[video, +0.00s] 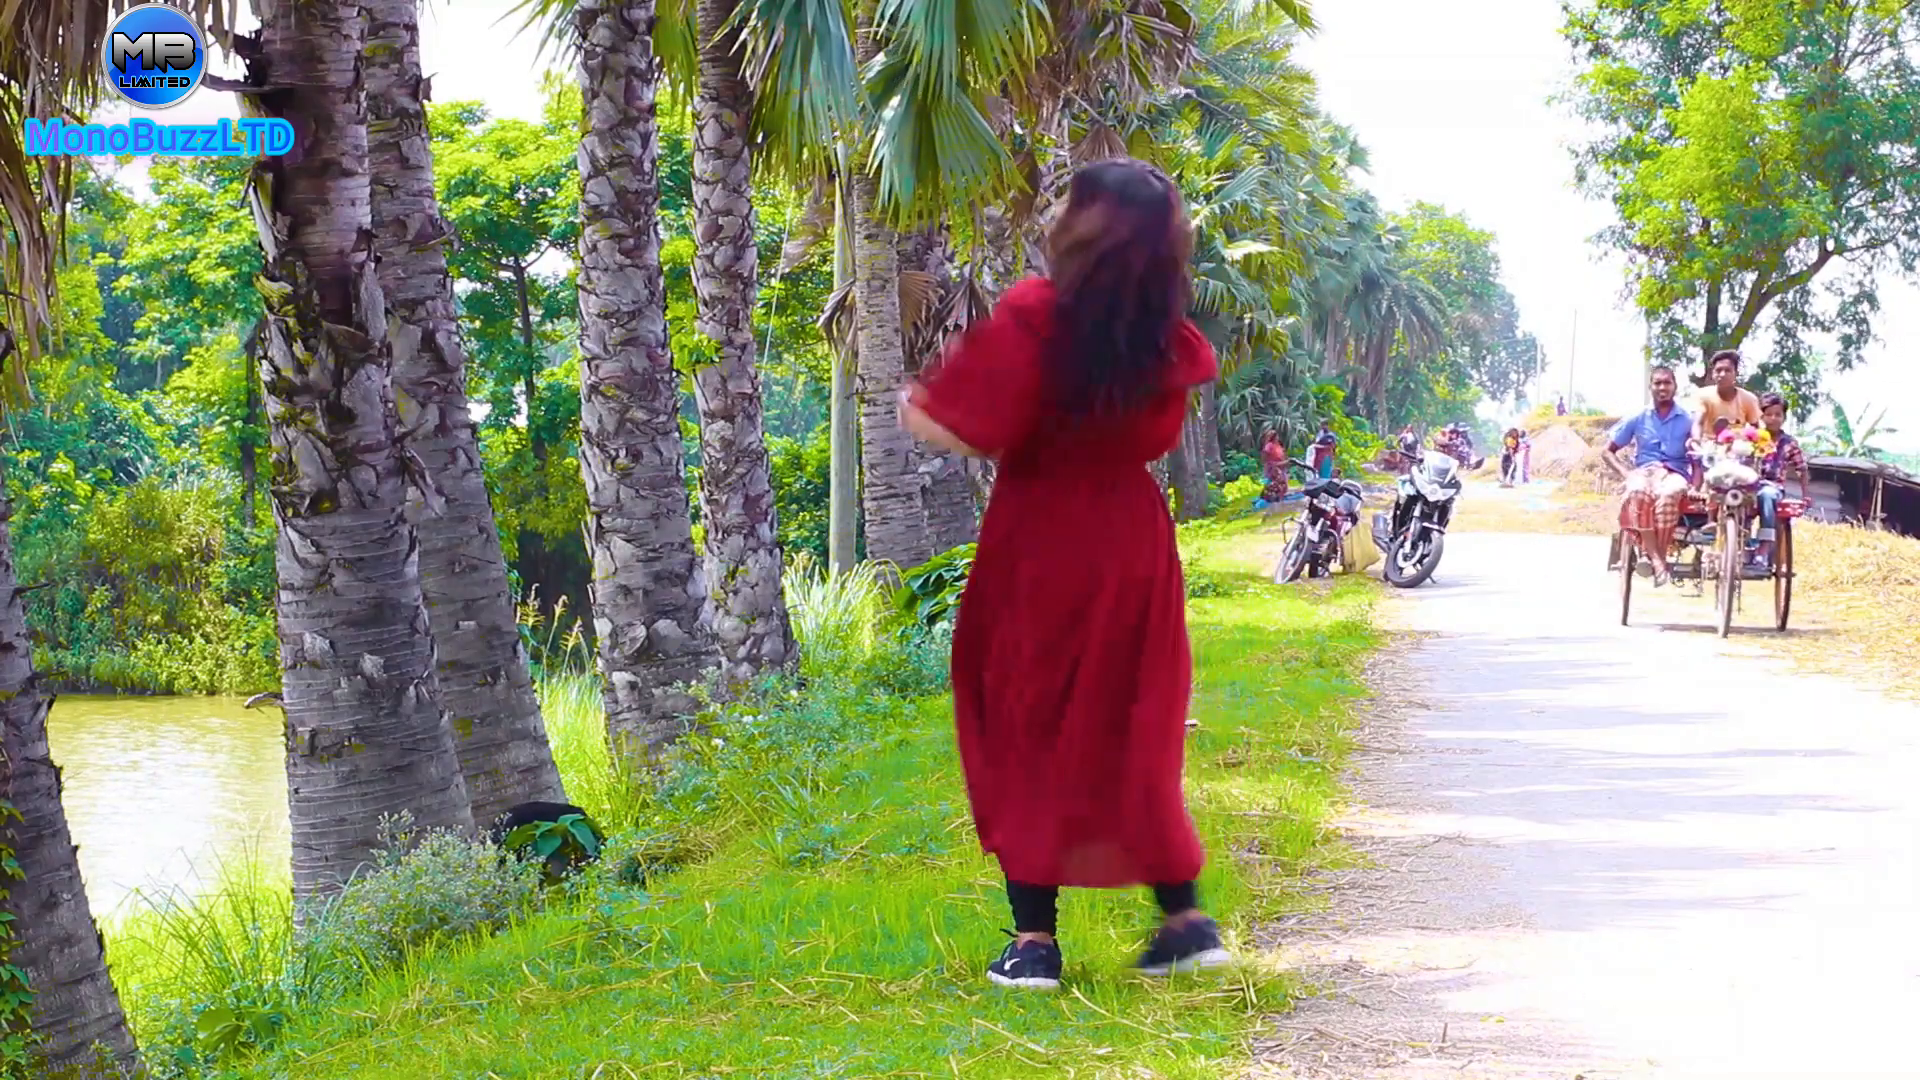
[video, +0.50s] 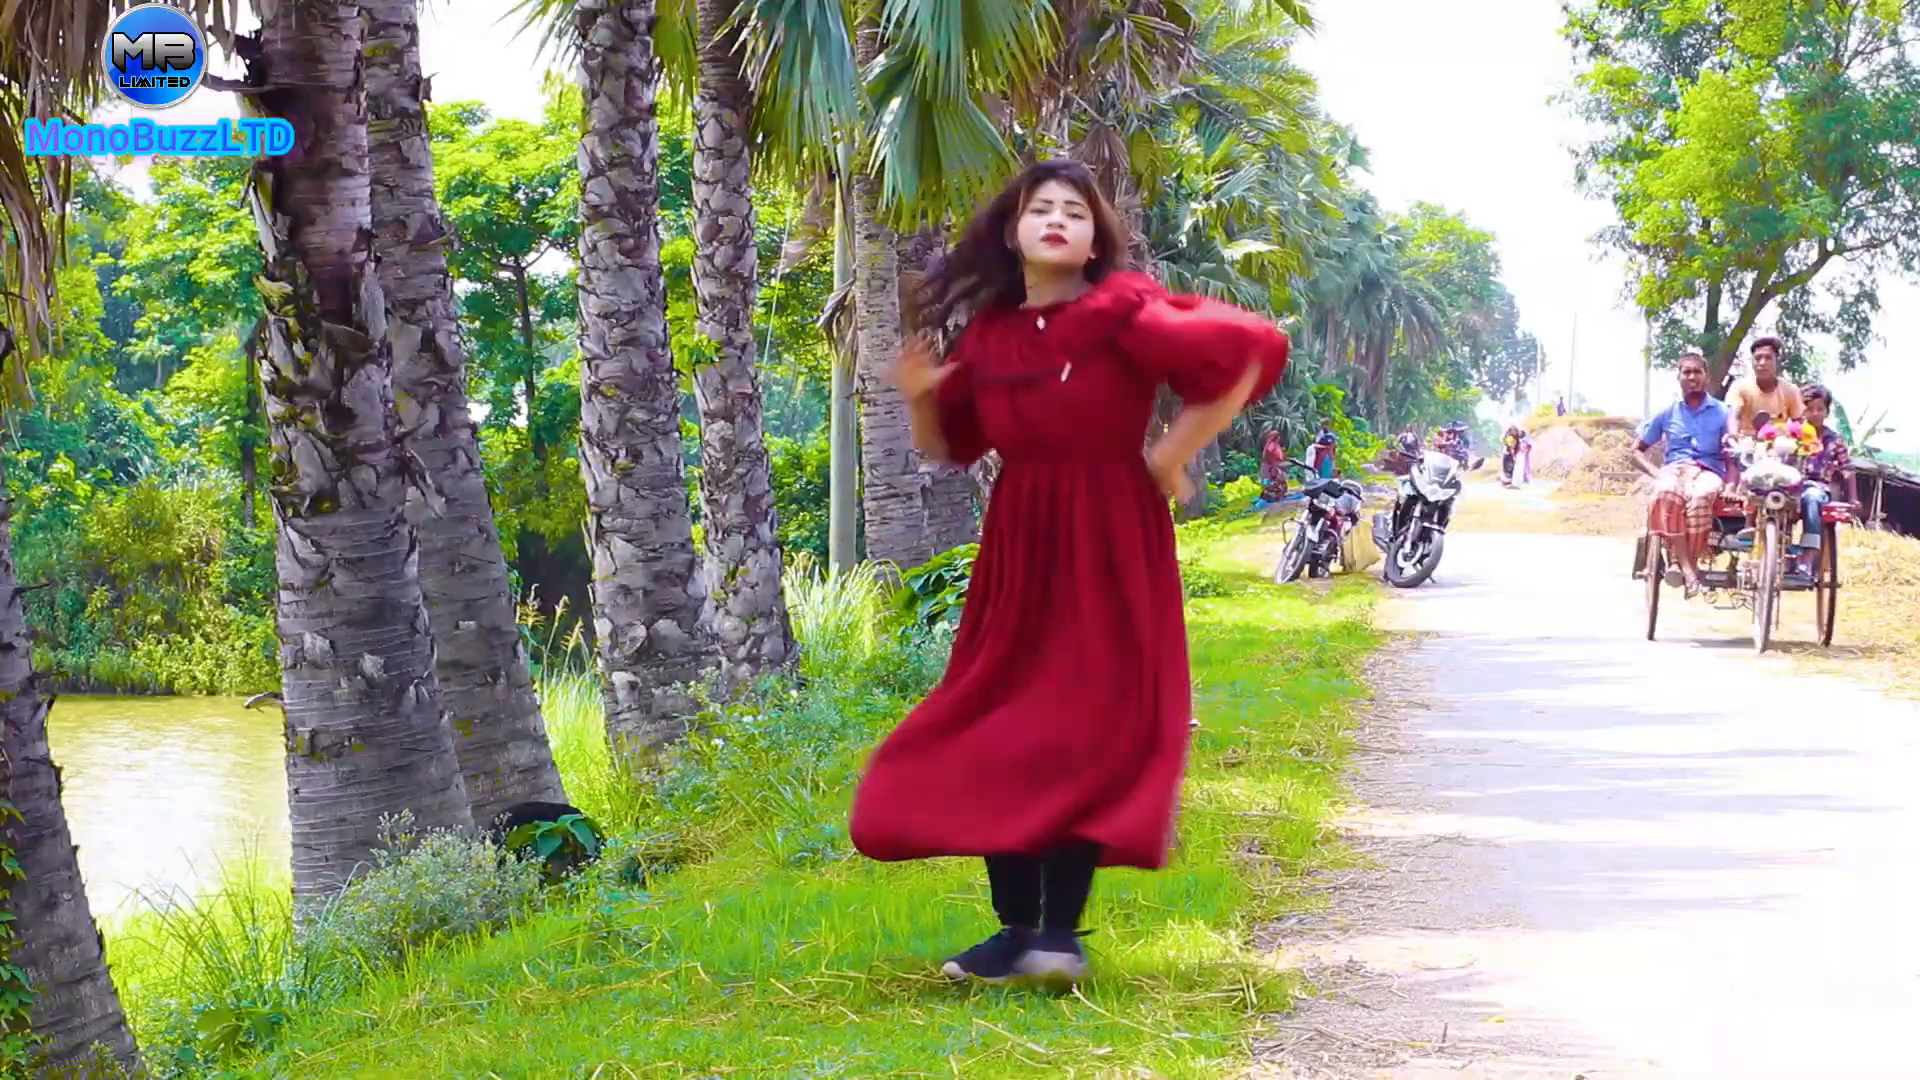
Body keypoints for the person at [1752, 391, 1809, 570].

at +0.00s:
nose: (1773, 419)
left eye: (1778, 415)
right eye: (1769, 414)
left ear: (1784, 418)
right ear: (1762, 416)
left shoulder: (1789, 443)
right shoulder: (1753, 437)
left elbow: (1801, 469)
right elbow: (1739, 460)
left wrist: (1805, 495)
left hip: (1772, 483)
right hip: (1749, 482)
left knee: (1766, 495)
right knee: (1731, 495)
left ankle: (1763, 549)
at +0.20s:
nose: (1788, 418)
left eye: (1793, 413)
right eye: (1784, 413)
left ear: (1801, 416)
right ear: (1777, 415)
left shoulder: (1806, 442)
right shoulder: (1769, 437)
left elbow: (1819, 471)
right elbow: (1757, 462)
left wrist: (1824, 497)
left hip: (1792, 483)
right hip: (1766, 482)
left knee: (1785, 496)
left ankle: (1779, 553)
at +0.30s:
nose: (1797, 416)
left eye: (1801, 411)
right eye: (1792, 411)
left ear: (1809, 413)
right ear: (1786, 414)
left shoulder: (1816, 441)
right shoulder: (1777, 436)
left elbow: (1829, 471)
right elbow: (1764, 462)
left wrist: (1834, 498)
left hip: (1799, 483)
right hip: (1774, 482)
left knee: (1794, 496)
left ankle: (1789, 553)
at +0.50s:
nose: (1815, 414)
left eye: (1820, 409)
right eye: (1810, 409)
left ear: (1827, 412)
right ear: (1803, 411)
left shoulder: (1833, 440)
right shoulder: (1793, 433)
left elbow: (1847, 470)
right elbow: (1778, 459)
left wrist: (1852, 498)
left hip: (1818, 483)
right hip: (1790, 481)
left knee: (1810, 497)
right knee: (1770, 497)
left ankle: (1805, 561)